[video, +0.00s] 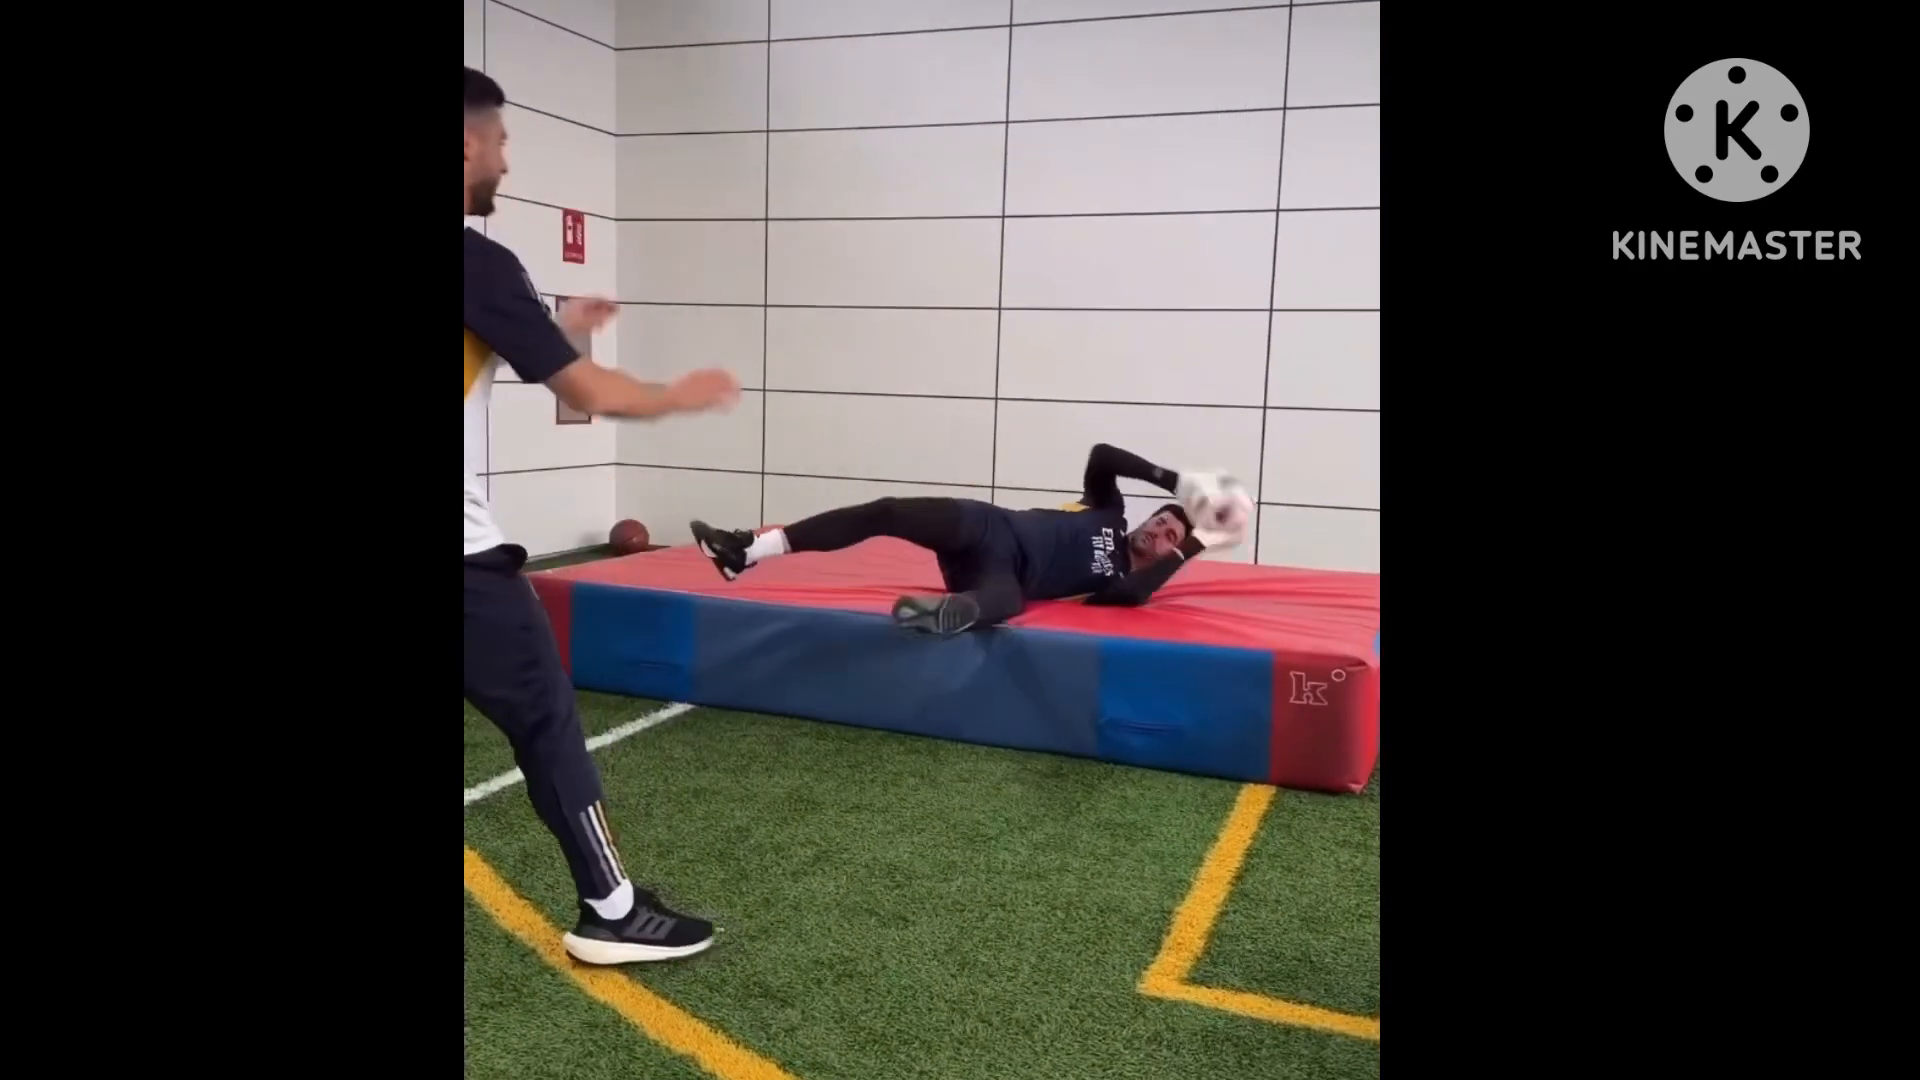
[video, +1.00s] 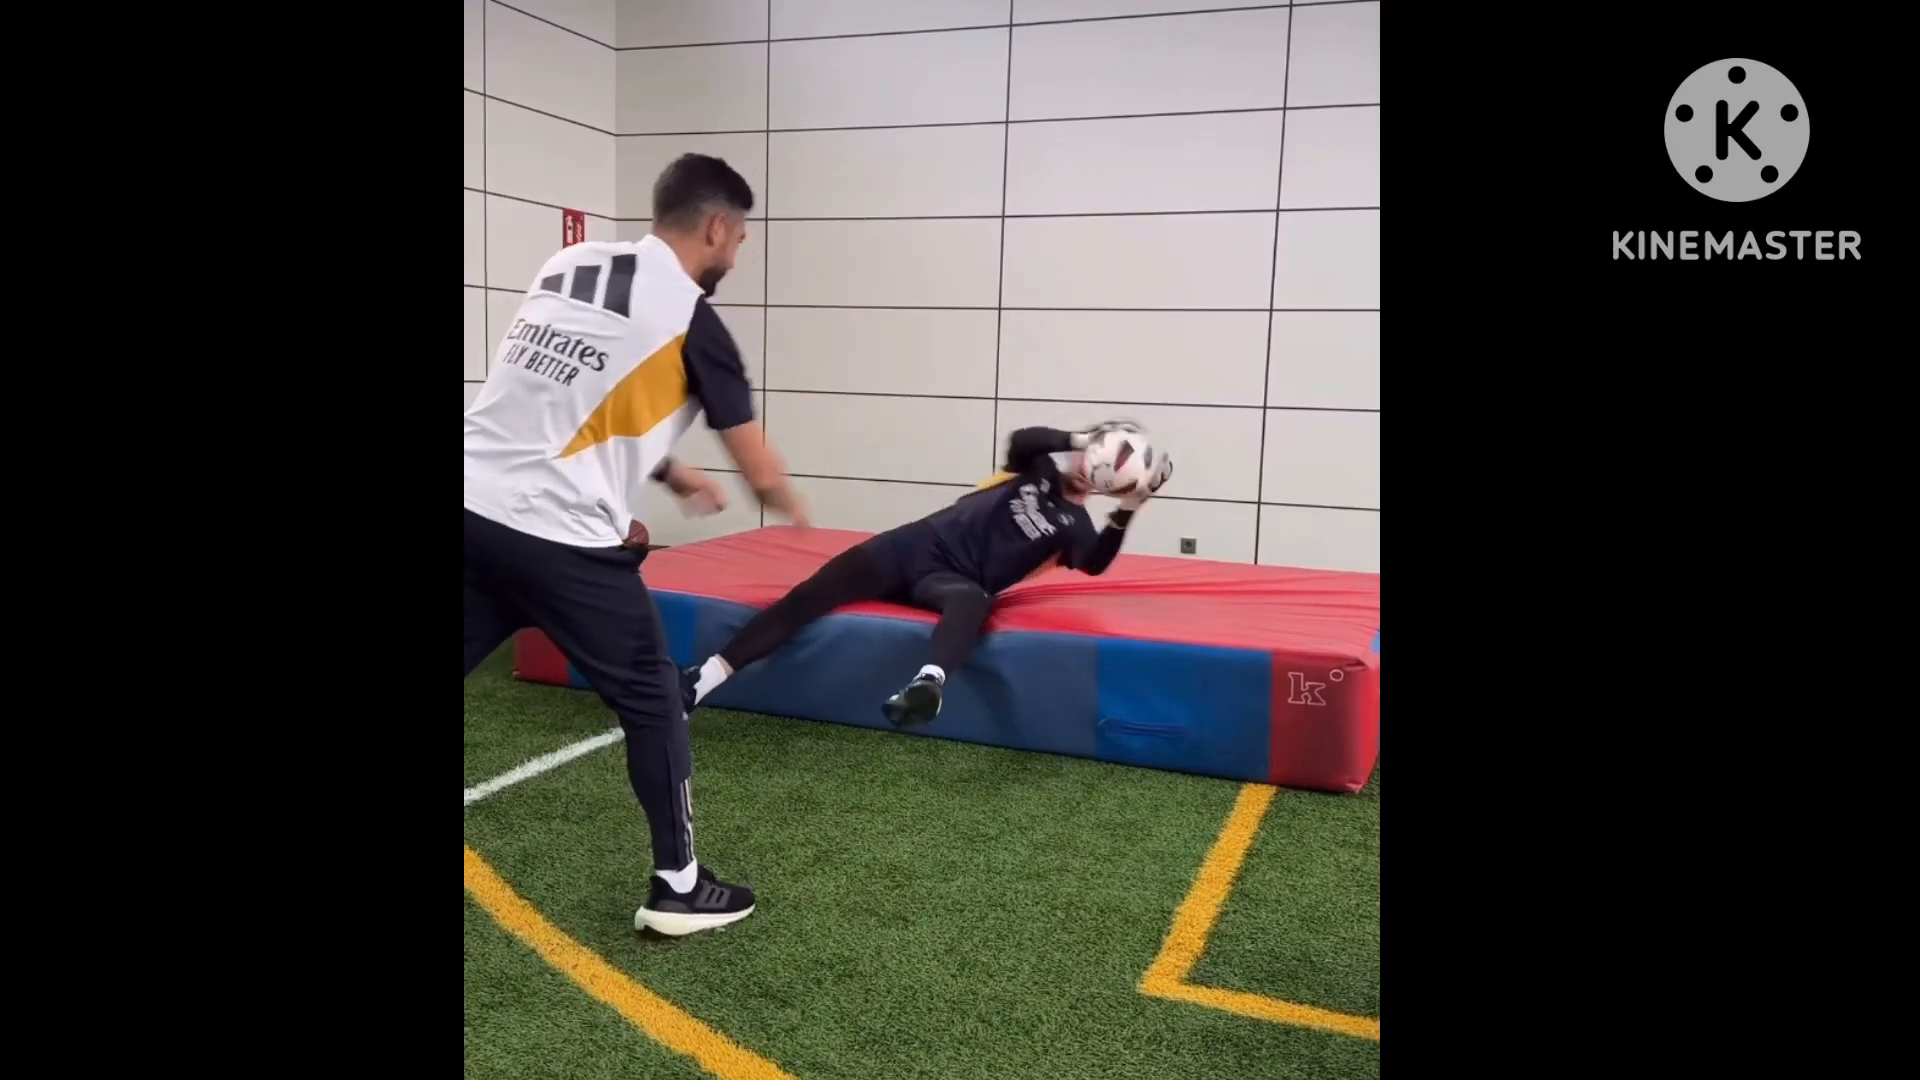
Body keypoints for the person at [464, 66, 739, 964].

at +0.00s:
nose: (505, 157)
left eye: (503, 138)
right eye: (496, 138)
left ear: (467, 145)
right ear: (464, 144)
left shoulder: (479, 258)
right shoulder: (481, 262)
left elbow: (486, 356)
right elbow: (588, 388)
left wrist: (557, 332)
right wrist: (674, 397)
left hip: (476, 541)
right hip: (472, 544)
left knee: (541, 706)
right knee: (542, 709)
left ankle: (608, 903)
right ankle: (610, 905)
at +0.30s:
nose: (517, 151)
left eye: (513, 133)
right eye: (509, 133)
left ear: (468, 141)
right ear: (474, 140)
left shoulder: (479, 244)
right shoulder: (489, 257)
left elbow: (543, 278)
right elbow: (631, 355)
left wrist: (621, 237)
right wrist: (729, 292)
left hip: (479, 523)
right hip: (475, 528)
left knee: (575, 683)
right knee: (577, 688)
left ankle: (626, 885)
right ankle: (629, 888)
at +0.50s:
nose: (622, 184)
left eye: (620, 166)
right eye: (617, 166)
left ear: (544, 164)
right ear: (583, 168)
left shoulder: (485, 225)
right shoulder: (553, 272)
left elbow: (636, 288)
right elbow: (669, 410)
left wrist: (719, 255)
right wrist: (750, 308)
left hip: (471, 519)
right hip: (509, 534)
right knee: (608, 700)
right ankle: (669, 889)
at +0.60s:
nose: (685, 208)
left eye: (686, 193)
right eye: (683, 193)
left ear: (610, 184)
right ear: (654, 189)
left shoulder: (539, 237)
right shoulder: (629, 291)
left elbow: (667, 308)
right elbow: (751, 406)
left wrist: (766, 274)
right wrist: (823, 313)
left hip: (472, 513)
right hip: (545, 537)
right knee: (638, 699)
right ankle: (675, 886)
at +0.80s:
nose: (753, 251)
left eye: (757, 238)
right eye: (757, 236)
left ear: (680, 212)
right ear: (735, 228)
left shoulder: (594, 254)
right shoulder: (702, 302)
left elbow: (667, 356)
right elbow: (819, 349)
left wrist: (768, 364)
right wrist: (912, 359)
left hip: (474, 494)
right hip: (564, 526)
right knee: (646, 699)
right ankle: (677, 883)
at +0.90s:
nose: (755, 265)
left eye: (759, 249)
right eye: (758, 247)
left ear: (687, 221)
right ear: (734, 232)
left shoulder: (591, 263)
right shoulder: (704, 308)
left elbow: (629, 395)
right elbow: (809, 400)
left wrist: (733, 430)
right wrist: (863, 426)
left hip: (474, 500)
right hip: (573, 528)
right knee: (652, 699)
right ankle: (679, 882)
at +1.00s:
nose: (735, 259)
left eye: (740, 242)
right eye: (739, 240)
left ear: (662, 217)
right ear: (715, 228)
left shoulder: (567, 264)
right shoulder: (691, 314)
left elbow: (574, 393)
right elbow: (760, 467)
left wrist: (670, 469)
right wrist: (783, 498)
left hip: (473, 507)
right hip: (565, 534)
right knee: (652, 697)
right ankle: (678, 881)